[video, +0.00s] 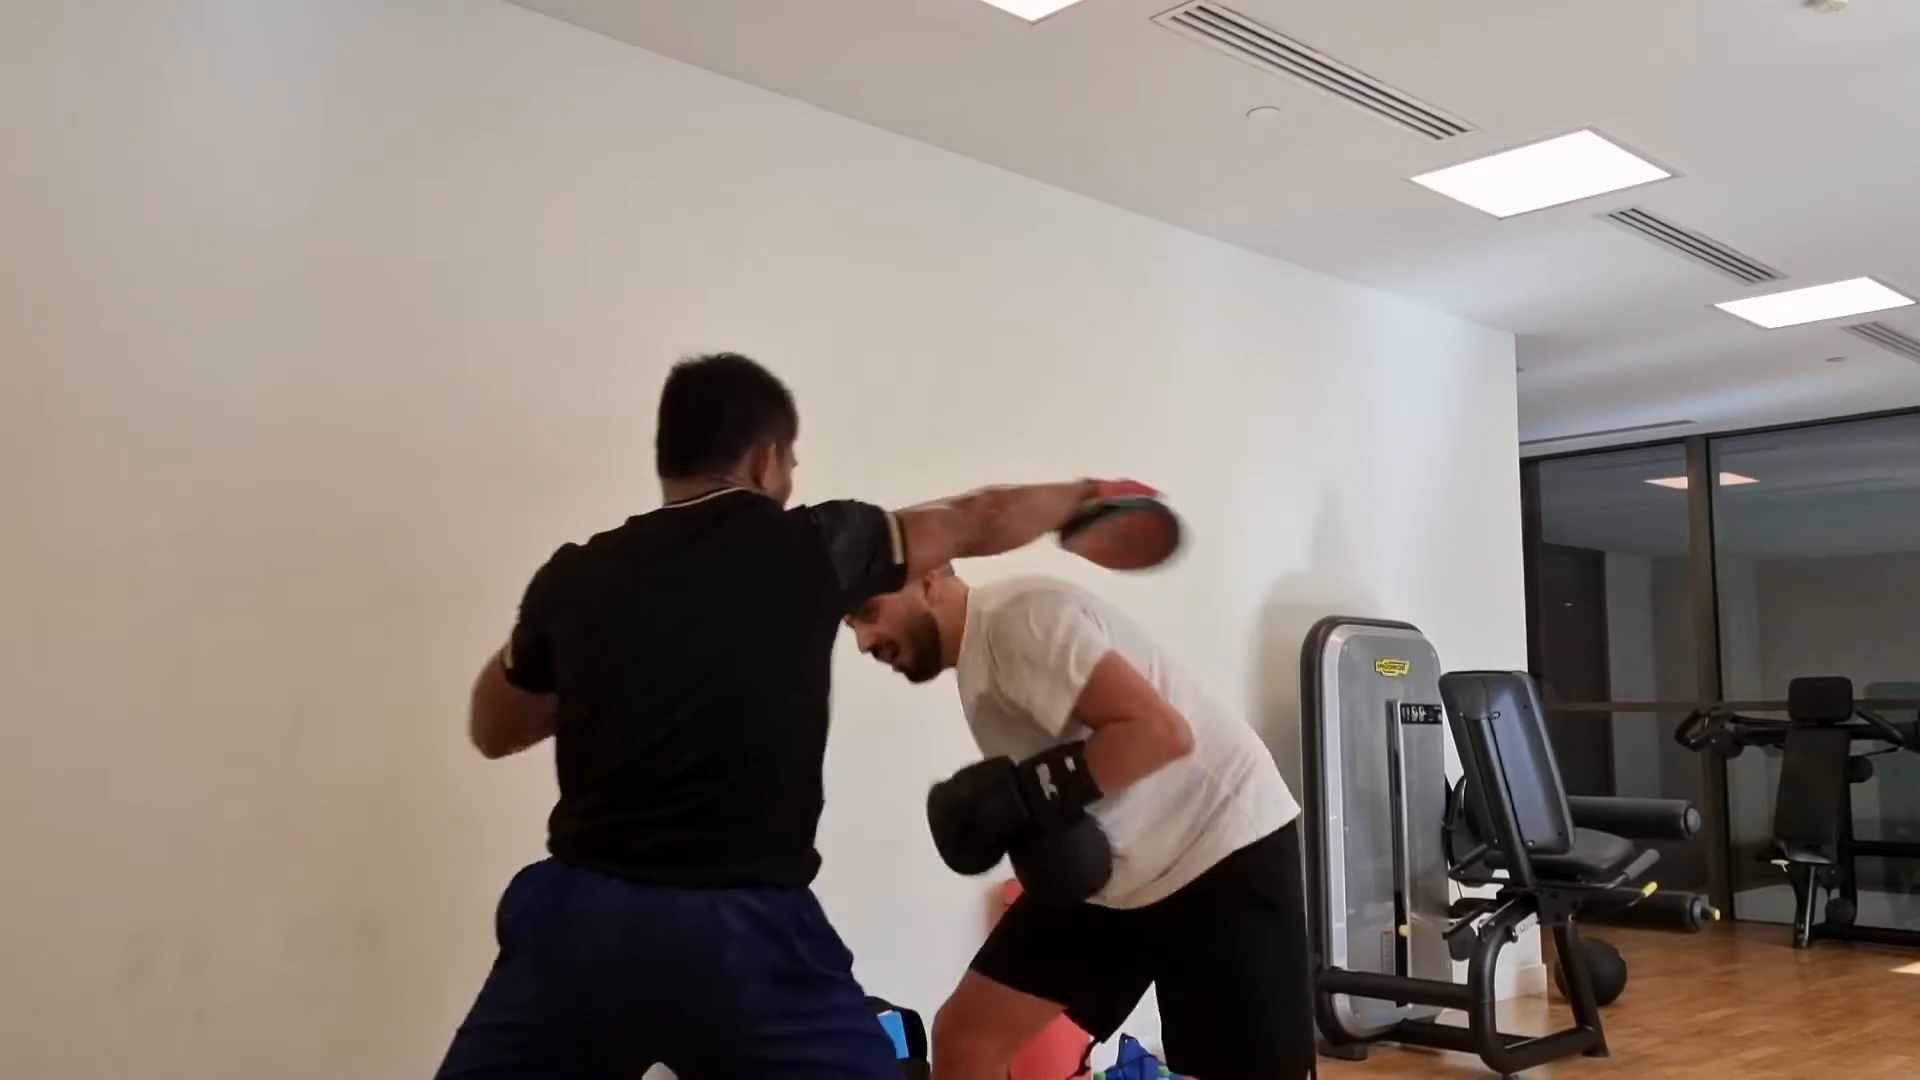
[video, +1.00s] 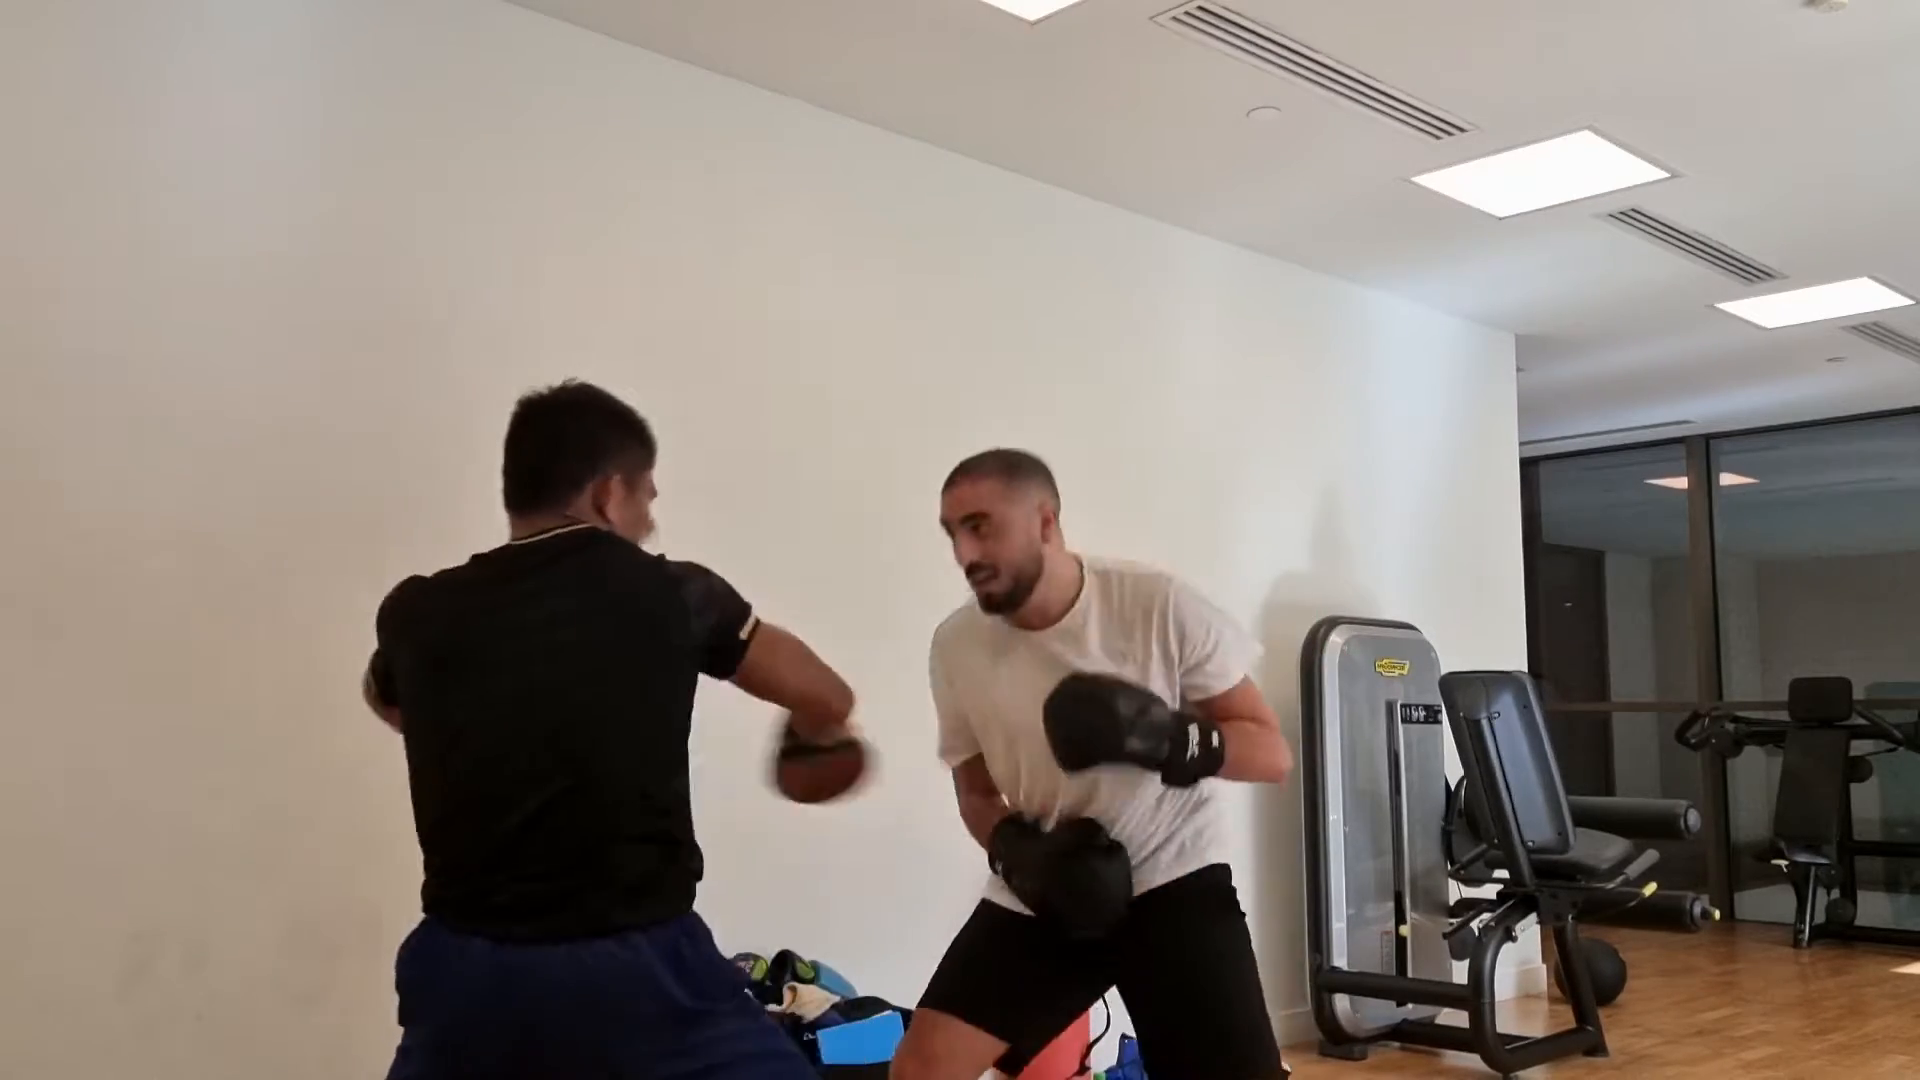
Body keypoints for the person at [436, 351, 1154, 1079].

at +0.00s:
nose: (790, 484)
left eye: (792, 469)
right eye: (792, 467)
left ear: (666, 464)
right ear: (770, 462)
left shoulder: (575, 578)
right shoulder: (809, 545)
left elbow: (494, 729)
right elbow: (975, 521)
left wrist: (602, 661)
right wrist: (1084, 496)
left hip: (572, 934)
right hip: (752, 941)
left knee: (477, 1071)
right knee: (867, 1065)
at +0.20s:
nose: (677, 520)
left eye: (682, 501)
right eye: (676, 499)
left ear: (546, 490)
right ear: (635, 490)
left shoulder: (446, 601)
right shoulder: (681, 571)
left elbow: (406, 704)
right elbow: (849, 596)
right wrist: (778, 622)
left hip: (482, 985)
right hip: (660, 975)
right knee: (778, 1057)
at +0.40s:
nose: (735, 519)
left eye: (738, 494)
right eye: (732, 493)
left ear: (606, 489)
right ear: (690, 492)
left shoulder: (527, 609)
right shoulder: (691, 587)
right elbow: (795, 749)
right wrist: (883, 695)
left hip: (501, 978)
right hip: (652, 988)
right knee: (811, 1064)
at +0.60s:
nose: (798, 493)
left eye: (800, 472)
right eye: (798, 470)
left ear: (671, 461)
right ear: (765, 461)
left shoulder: (583, 578)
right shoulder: (781, 544)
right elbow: (967, 627)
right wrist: (1055, 601)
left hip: (549, 939)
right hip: (713, 945)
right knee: (855, 1059)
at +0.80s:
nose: (709, 493)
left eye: (709, 475)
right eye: (708, 473)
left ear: (580, 474)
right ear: (680, 472)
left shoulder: (487, 589)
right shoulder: (727, 553)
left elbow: (435, 734)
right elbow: (846, 532)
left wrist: (546, 684)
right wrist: (897, 501)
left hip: (505, 958)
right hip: (690, 955)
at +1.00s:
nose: (650, 521)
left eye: (652, 499)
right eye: (646, 497)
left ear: (518, 495)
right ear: (606, 494)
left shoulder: (417, 607)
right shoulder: (668, 588)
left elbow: (388, 701)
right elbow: (826, 697)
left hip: (464, 993)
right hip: (649, 987)